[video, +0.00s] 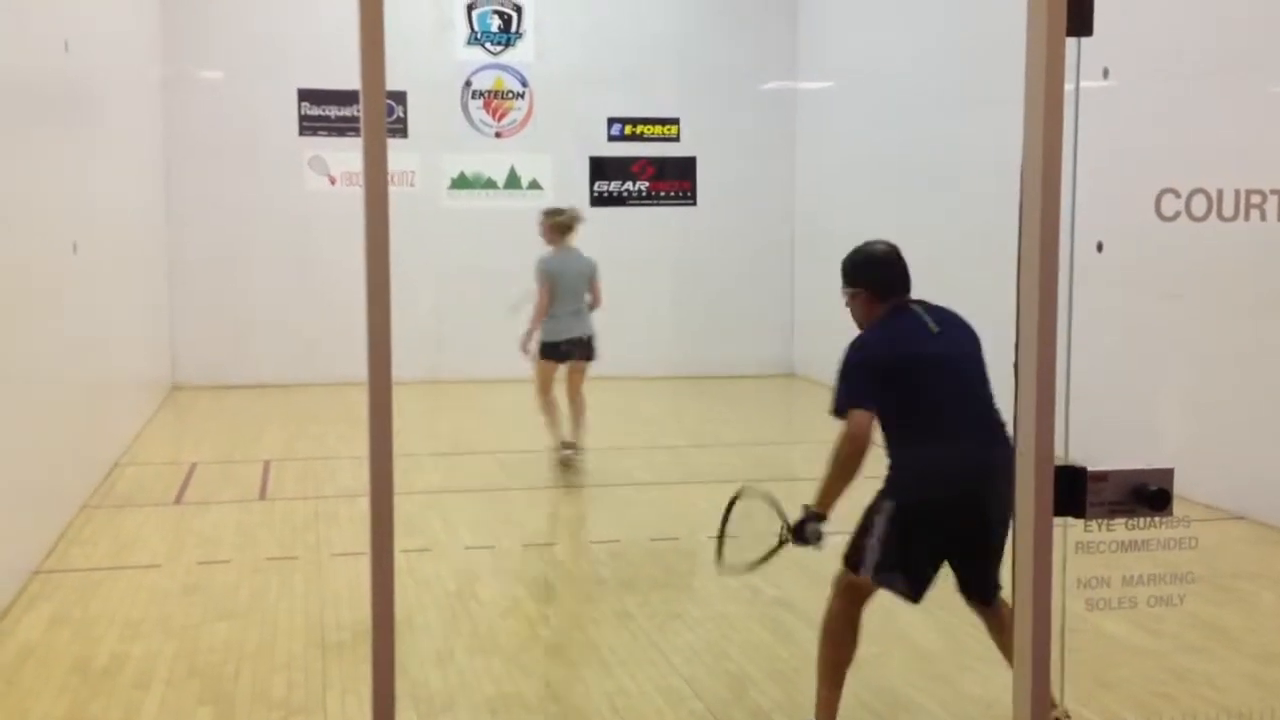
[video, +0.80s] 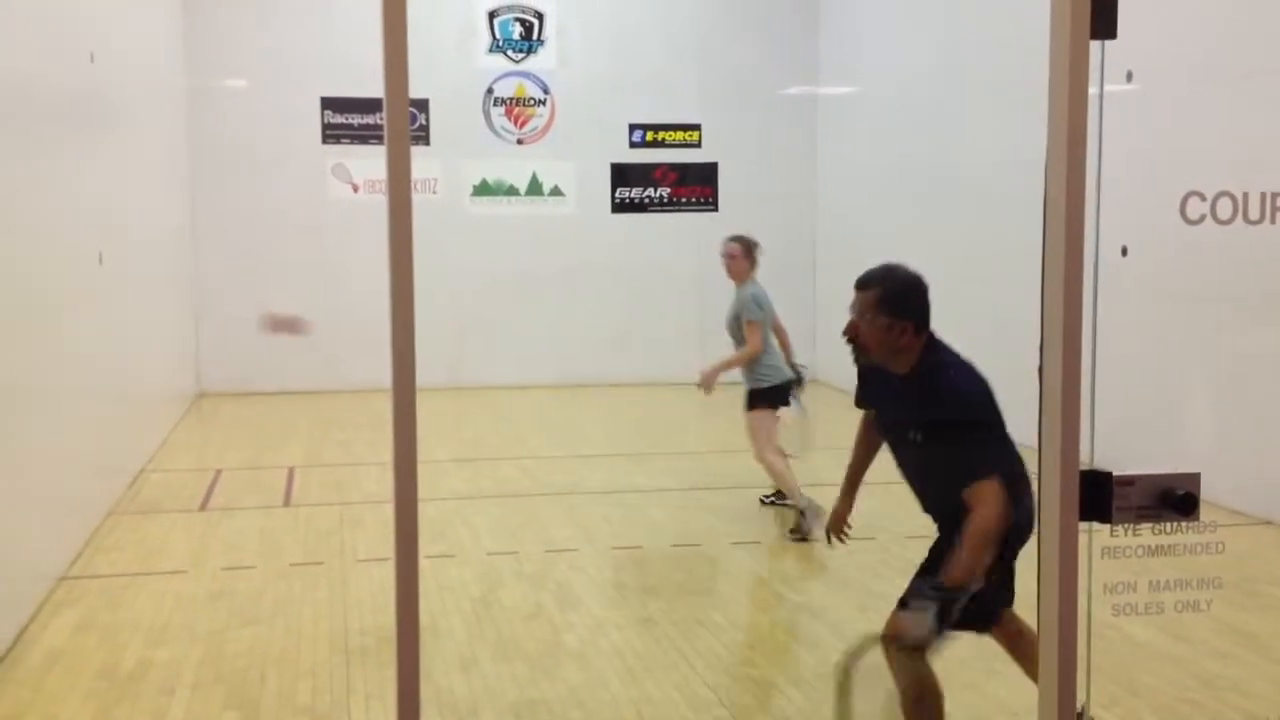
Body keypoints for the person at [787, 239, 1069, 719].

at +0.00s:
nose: (848, 305)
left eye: (849, 296)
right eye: (847, 295)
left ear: (864, 295)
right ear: (904, 287)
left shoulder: (870, 348)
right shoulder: (953, 324)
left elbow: (857, 435)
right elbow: (971, 408)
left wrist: (817, 511)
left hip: (920, 488)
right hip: (992, 481)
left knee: (849, 593)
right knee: (985, 594)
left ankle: (825, 713)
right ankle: (1047, 704)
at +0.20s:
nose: (864, 294)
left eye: (871, 284)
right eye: (864, 284)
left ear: (899, 283)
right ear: (914, 279)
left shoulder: (918, 333)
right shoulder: (964, 313)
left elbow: (928, 430)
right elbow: (991, 408)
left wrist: (888, 522)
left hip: (958, 490)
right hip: (1002, 486)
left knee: (893, 602)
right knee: (986, 598)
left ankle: (850, 714)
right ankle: (1049, 703)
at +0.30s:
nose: (874, 294)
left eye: (880, 282)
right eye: (874, 282)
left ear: (911, 280)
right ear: (924, 277)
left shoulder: (934, 332)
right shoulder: (968, 313)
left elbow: (955, 431)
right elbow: (986, 416)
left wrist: (931, 502)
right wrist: (944, 493)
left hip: (974, 484)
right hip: (1008, 481)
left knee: (899, 596)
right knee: (988, 592)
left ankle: (893, 712)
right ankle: (1048, 696)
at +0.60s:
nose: (869, 304)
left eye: (880, 292)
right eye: (871, 291)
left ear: (922, 300)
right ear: (917, 300)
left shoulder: (966, 359)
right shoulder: (913, 341)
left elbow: (1013, 464)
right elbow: (925, 424)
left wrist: (983, 557)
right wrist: (900, 492)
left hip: (992, 508)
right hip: (976, 503)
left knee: (913, 631)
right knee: (986, 615)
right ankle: (1055, 704)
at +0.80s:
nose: (849, 329)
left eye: (861, 318)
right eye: (852, 315)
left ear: (903, 332)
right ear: (897, 332)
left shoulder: (955, 386)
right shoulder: (873, 360)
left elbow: (991, 507)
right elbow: (875, 422)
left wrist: (944, 593)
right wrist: (846, 496)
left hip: (995, 521)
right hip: (958, 516)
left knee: (901, 640)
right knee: (996, 617)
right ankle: (1068, 703)